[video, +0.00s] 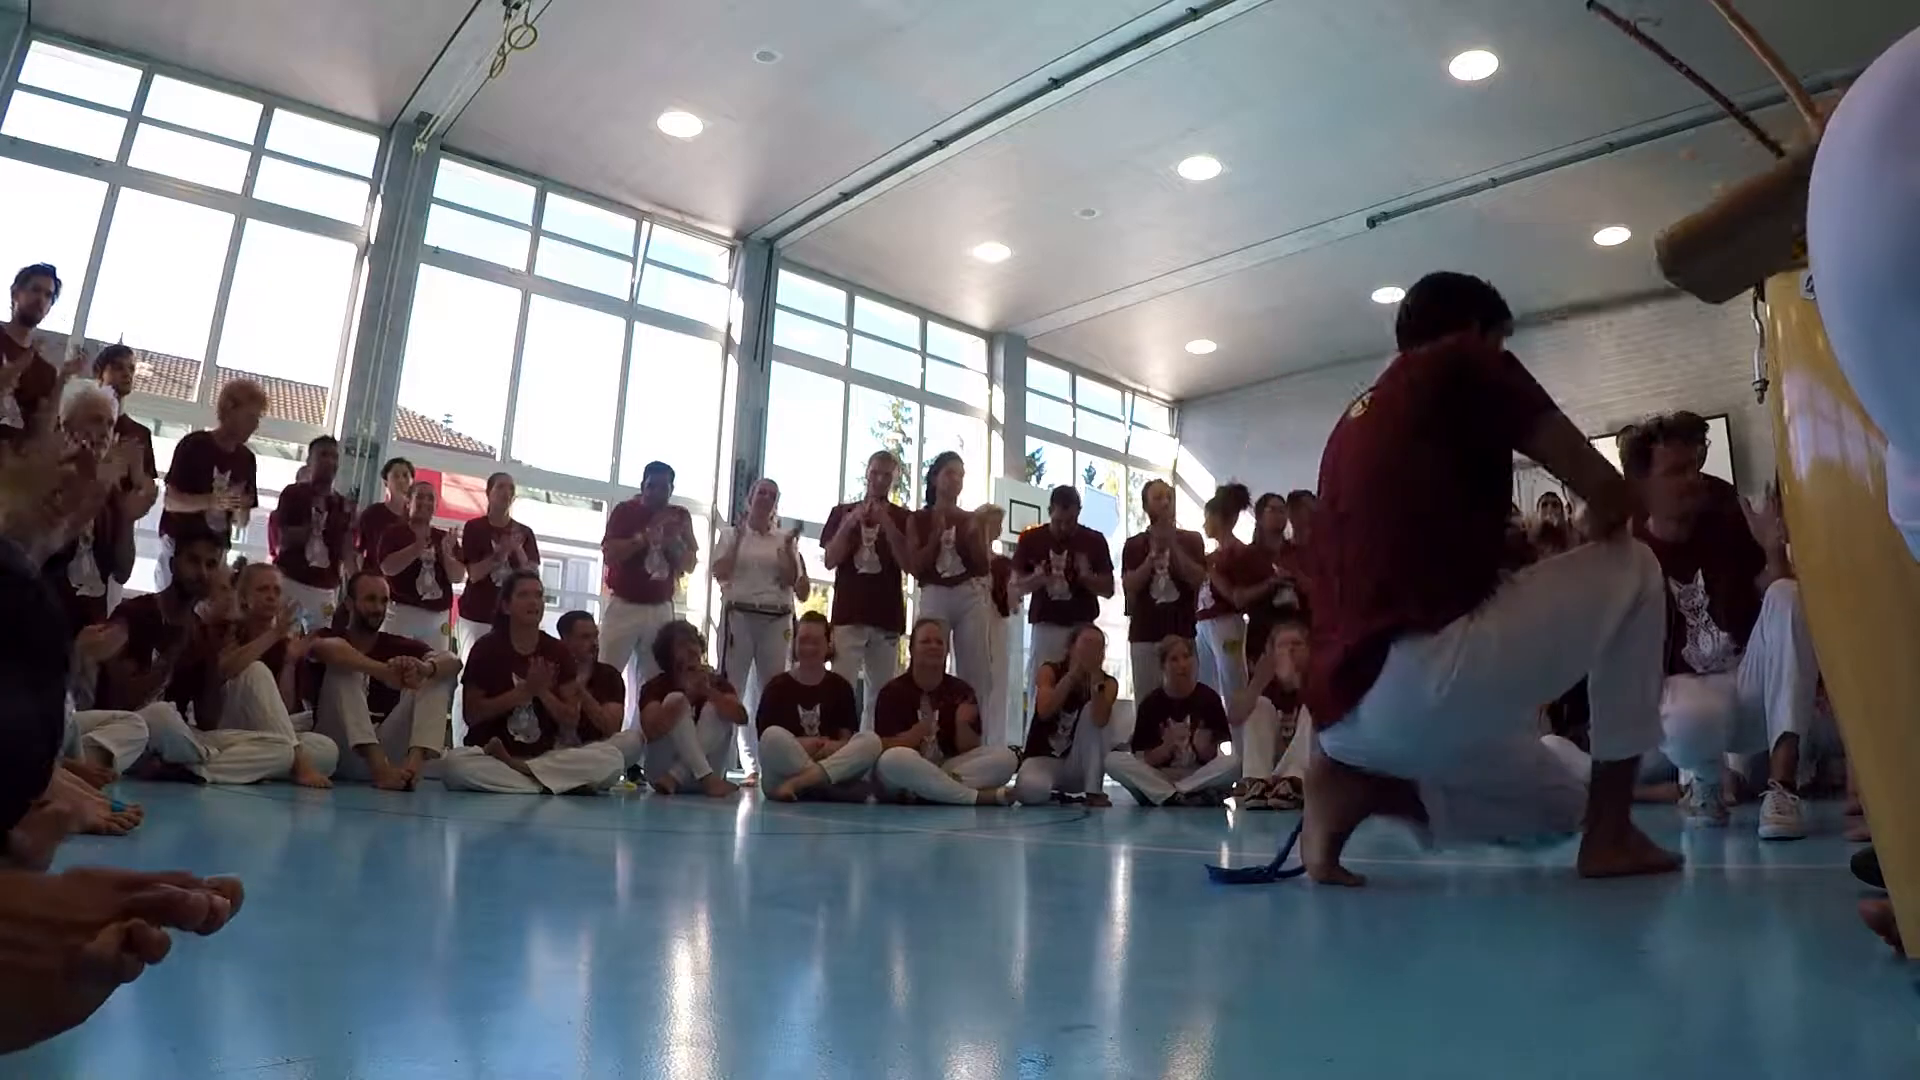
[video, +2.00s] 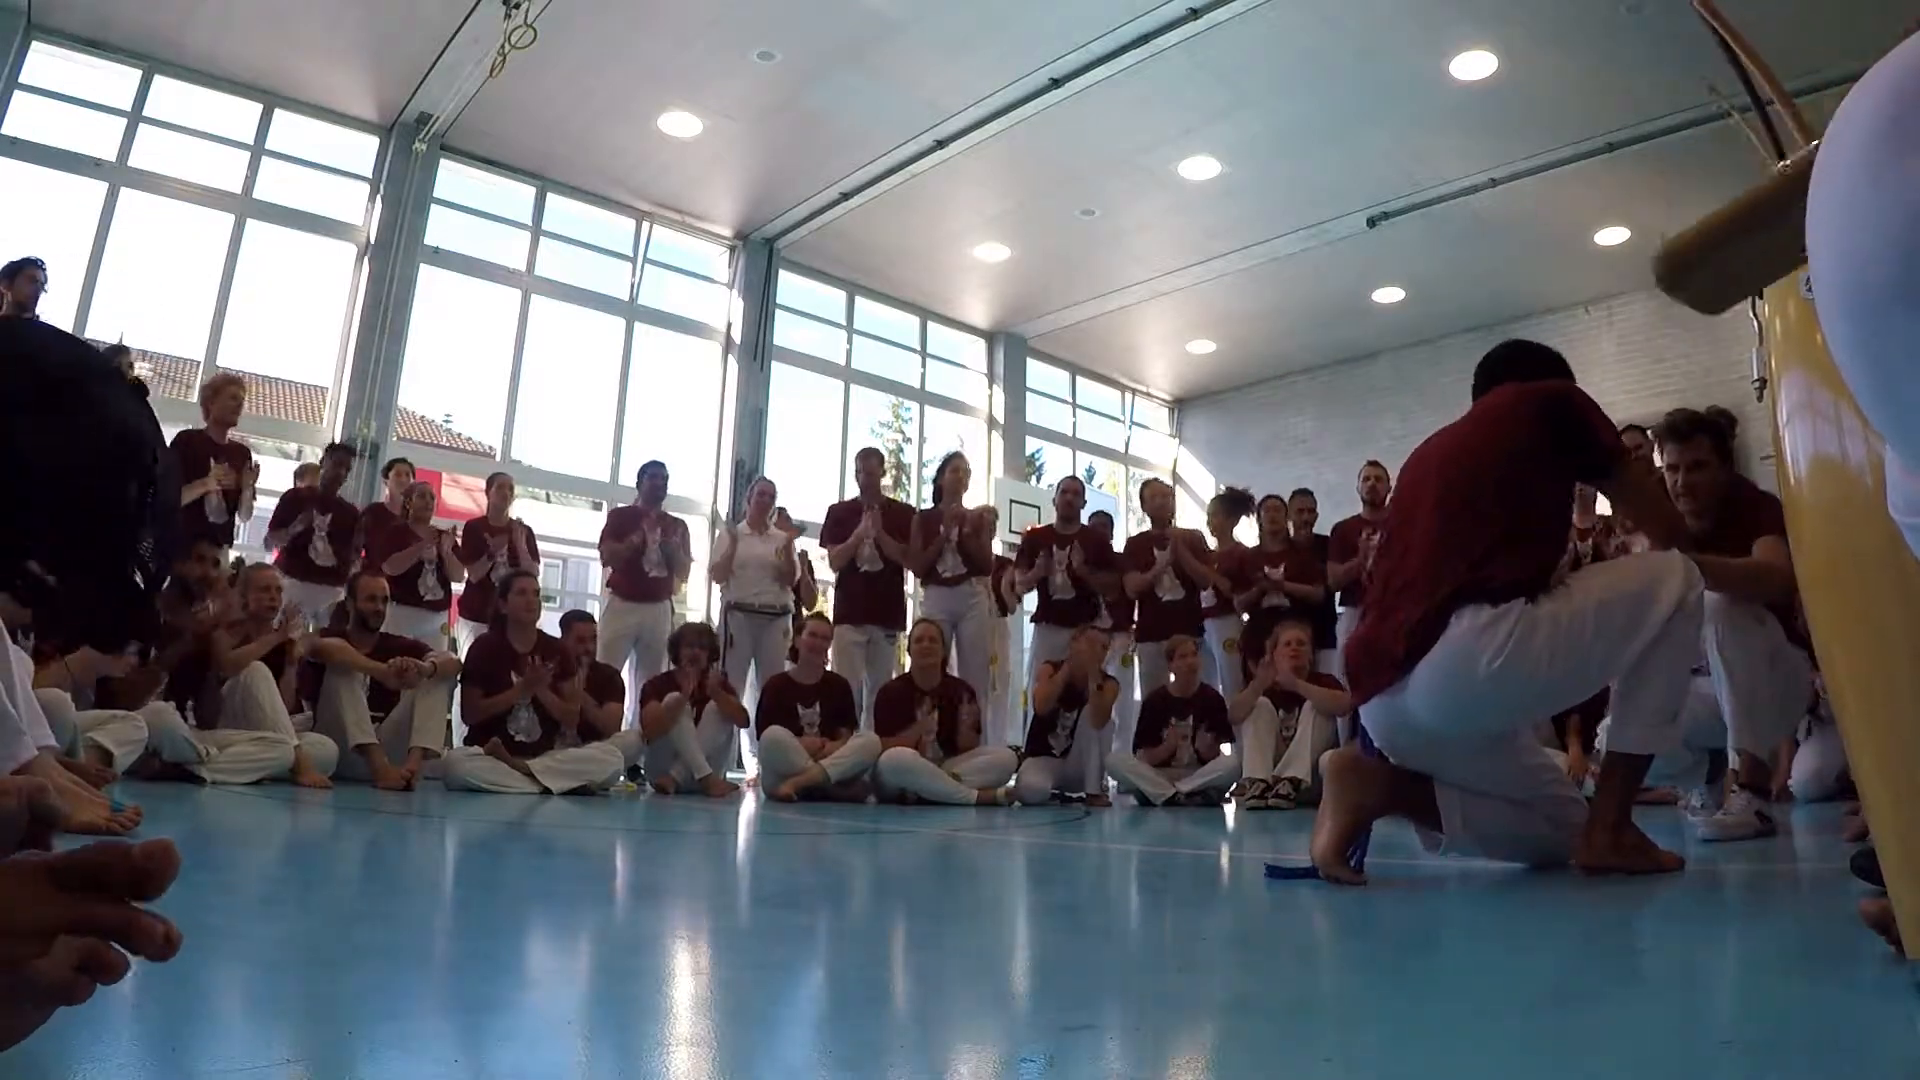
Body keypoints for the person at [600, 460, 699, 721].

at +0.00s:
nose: (657, 492)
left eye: (663, 487)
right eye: (652, 486)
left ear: (671, 488)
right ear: (643, 485)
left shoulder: (679, 516)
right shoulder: (624, 512)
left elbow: (689, 563)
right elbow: (610, 554)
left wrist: (672, 544)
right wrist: (646, 537)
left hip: (660, 609)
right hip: (622, 608)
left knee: (656, 685)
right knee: (605, 680)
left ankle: (651, 750)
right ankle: (597, 745)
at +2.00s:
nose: (658, 484)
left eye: (663, 479)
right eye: (652, 478)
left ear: (667, 486)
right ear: (639, 483)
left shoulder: (677, 525)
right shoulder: (619, 516)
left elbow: (683, 573)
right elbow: (607, 557)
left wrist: (673, 550)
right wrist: (631, 543)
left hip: (658, 610)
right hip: (621, 607)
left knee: (651, 687)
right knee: (605, 681)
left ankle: (645, 750)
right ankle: (598, 746)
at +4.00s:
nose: (660, 484)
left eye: (665, 480)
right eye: (654, 479)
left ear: (669, 486)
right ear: (640, 484)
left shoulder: (678, 525)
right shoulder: (621, 517)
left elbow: (685, 572)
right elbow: (612, 558)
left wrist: (671, 544)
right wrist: (644, 543)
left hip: (660, 609)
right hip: (623, 606)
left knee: (653, 685)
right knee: (607, 680)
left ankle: (646, 748)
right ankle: (599, 746)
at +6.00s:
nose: (658, 485)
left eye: (663, 481)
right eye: (652, 480)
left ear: (667, 487)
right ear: (639, 484)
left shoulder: (676, 525)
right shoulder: (619, 517)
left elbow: (684, 572)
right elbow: (610, 557)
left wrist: (670, 539)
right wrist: (646, 540)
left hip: (659, 609)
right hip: (622, 607)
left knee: (652, 684)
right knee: (605, 678)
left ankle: (645, 746)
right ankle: (597, 744)